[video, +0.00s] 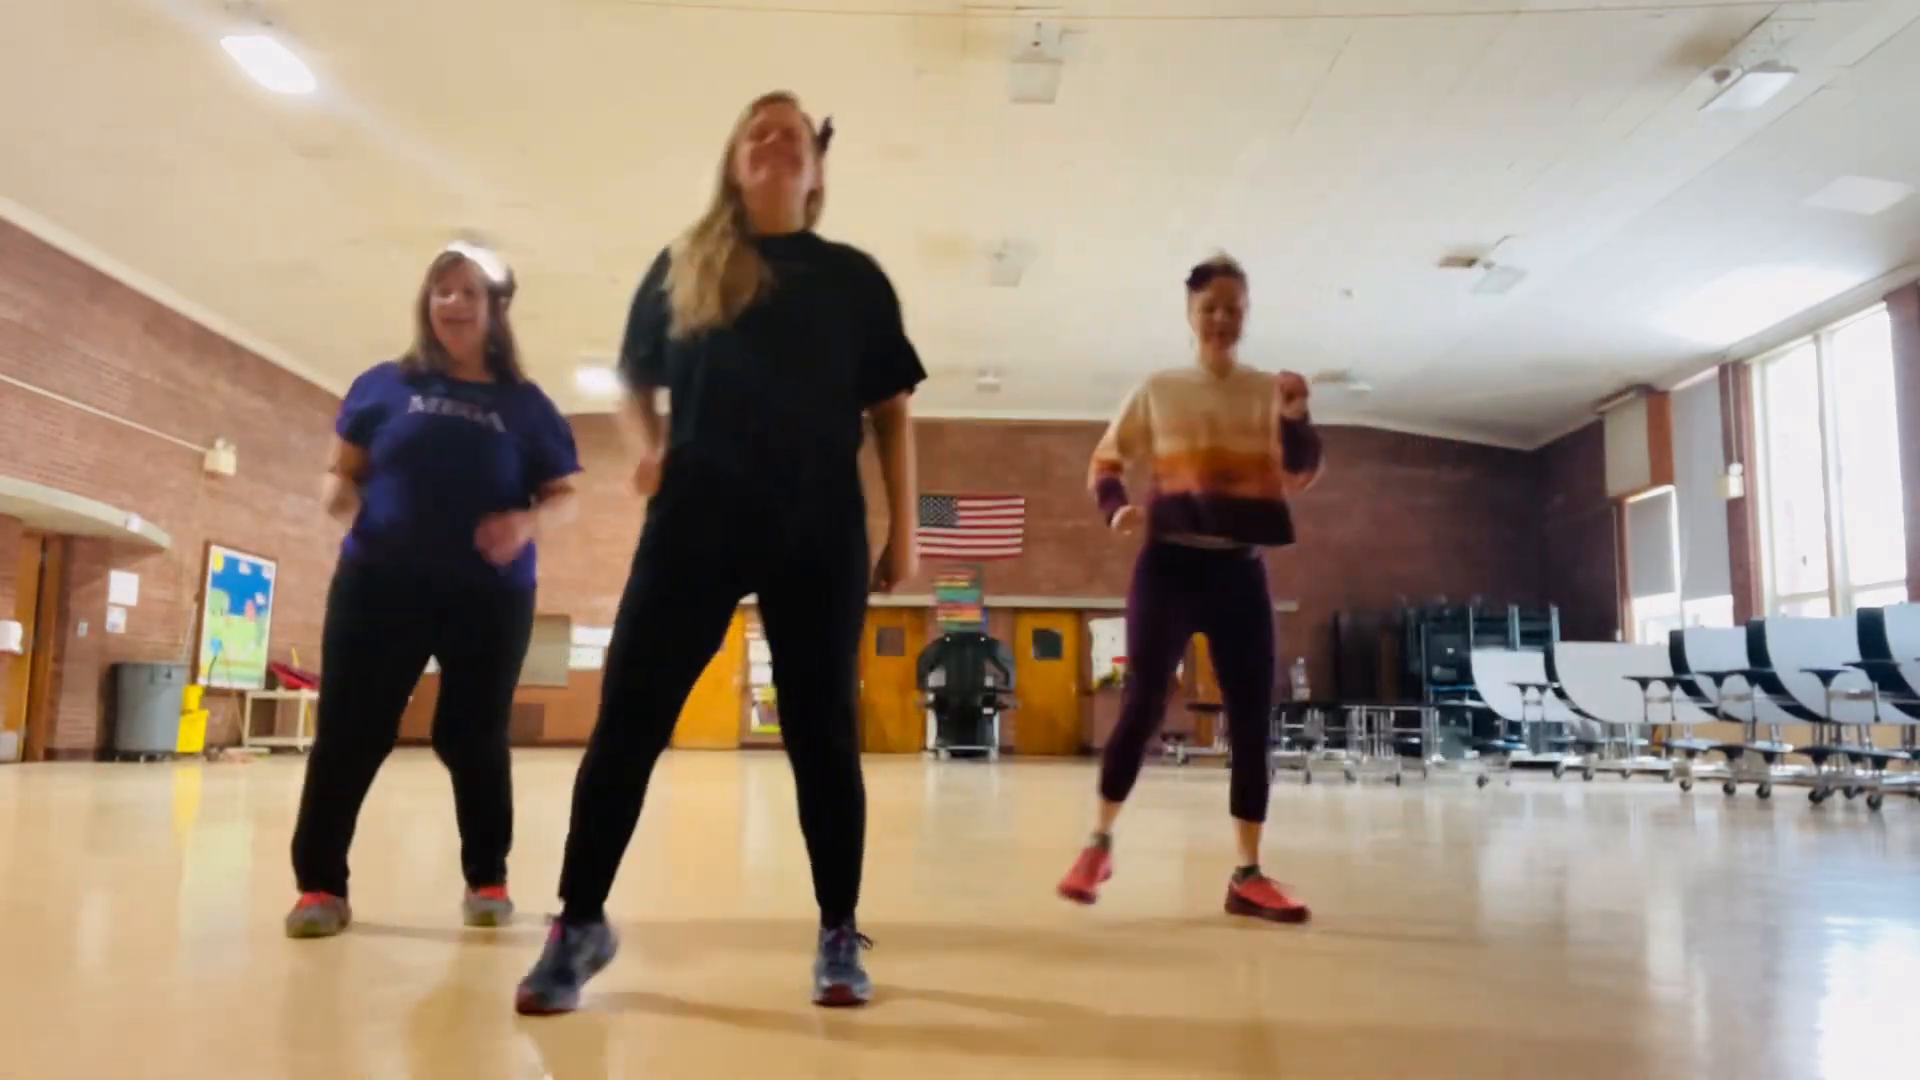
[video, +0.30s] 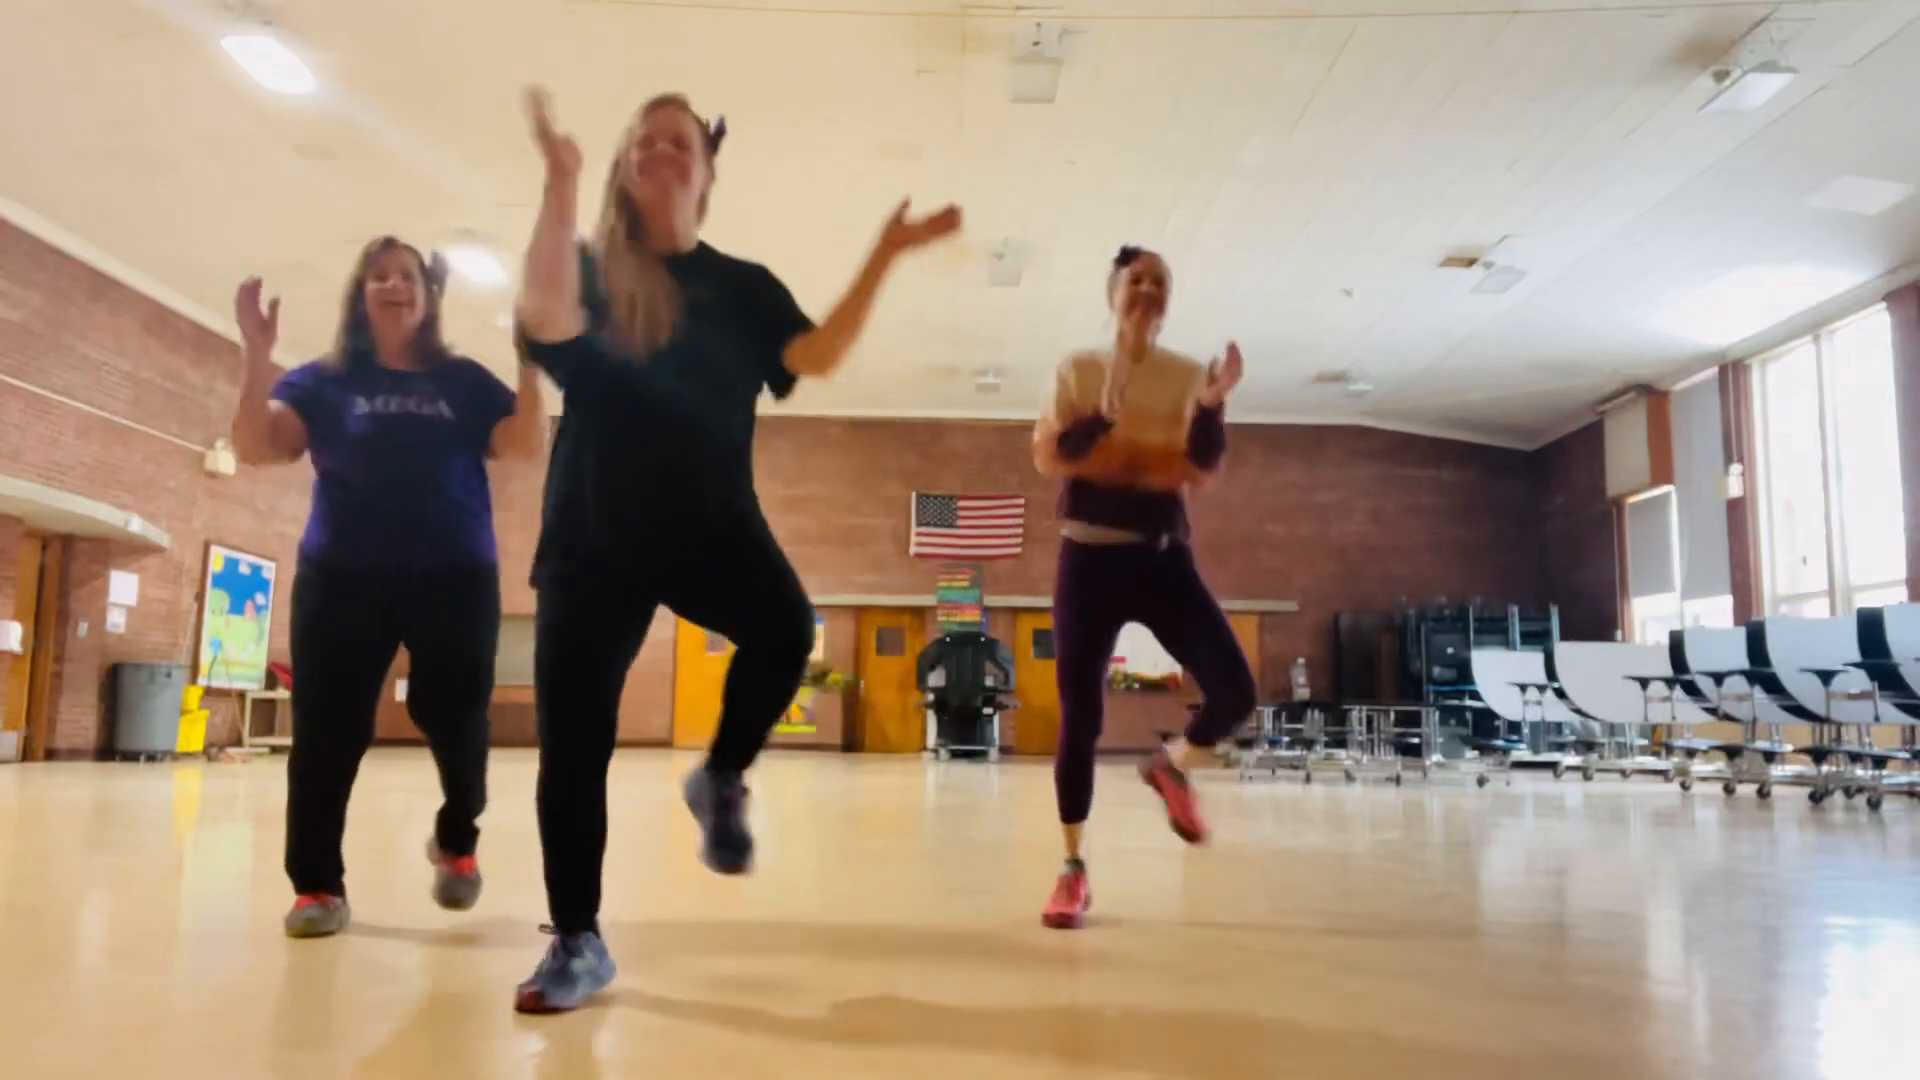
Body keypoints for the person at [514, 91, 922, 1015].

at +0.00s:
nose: (774, 141)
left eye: (792, 133)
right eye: (758, 133)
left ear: (820, 166)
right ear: (732, 166)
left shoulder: (856, 278)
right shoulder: (682, 268)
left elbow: (891, 409)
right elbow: (637, 379)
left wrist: (902, 522)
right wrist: (645, 449)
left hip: (817, 523)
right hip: (700, 518)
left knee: (822, 733)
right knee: (628, 722)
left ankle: (840, 934)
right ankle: (579, 923)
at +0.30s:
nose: (658, 148)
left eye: (678, 142)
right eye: (645, 139)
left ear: (707, 178)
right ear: (621, 173)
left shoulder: (741, 286)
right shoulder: (585, 273)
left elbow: (817, 356)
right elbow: (546, 320)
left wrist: (886, 251)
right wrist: (560, 186)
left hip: (713, 532)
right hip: (596, 541)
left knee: (784, 632)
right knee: (573, 747)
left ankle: (721, 779)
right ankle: (575, 940)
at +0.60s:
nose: (636, 183)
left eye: (653, 172)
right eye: (621, 171)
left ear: (683, 191)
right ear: (598, 192)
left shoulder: (726, 292)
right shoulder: (566, 290)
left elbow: (738, 366)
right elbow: (551, 384)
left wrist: (671, 261)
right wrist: (597, 277)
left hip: (685, 562)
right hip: (570, 555)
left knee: (644, 755)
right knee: (567, 749)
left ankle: (605, 919)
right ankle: (546, 937)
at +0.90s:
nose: (668, 148)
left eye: (685, 138)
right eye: (652, 137)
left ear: (714, 166)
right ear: (622, 165)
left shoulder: (759, 277)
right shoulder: (584, 284)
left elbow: (797, 419)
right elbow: (542, 420)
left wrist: (734, 528)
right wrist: (613, 471)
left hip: (739, 504)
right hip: (622, 519)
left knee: (806, 606)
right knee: (592, 727)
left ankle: (743, 763)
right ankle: (575, 932)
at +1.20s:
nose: (798, 153)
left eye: (817, 142)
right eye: (782, 142)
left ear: (847, 169)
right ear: (756, 169)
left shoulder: (891, 275)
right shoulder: (727, 291)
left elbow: (940, 412)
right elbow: (661, 399)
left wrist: (901, 541)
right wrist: (671, 495)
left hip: (875, 543)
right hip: (759, 540)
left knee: (897, 755)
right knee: (663, 721)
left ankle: (902, 963)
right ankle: (611, 915)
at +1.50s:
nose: (920, 154)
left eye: (937, 143)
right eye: (905, 142)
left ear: (967, 166)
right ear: (880, 164)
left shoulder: (1015, 278)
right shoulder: (840, 285)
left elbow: (1065, 411)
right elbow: (802, 419)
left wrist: (1087, 528)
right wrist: (822, 488)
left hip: (986, 548)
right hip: (875, 551)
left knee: (953, 748)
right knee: (910, 752)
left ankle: (917, 959)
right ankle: (1007, 908)